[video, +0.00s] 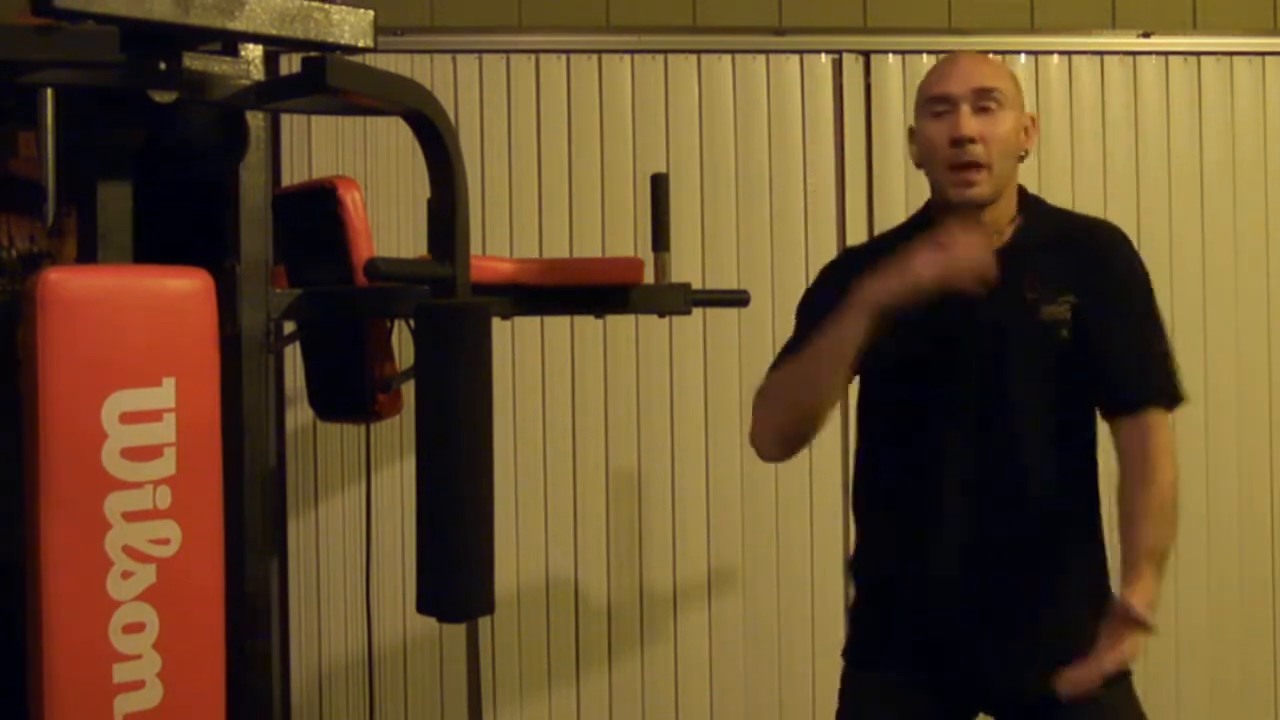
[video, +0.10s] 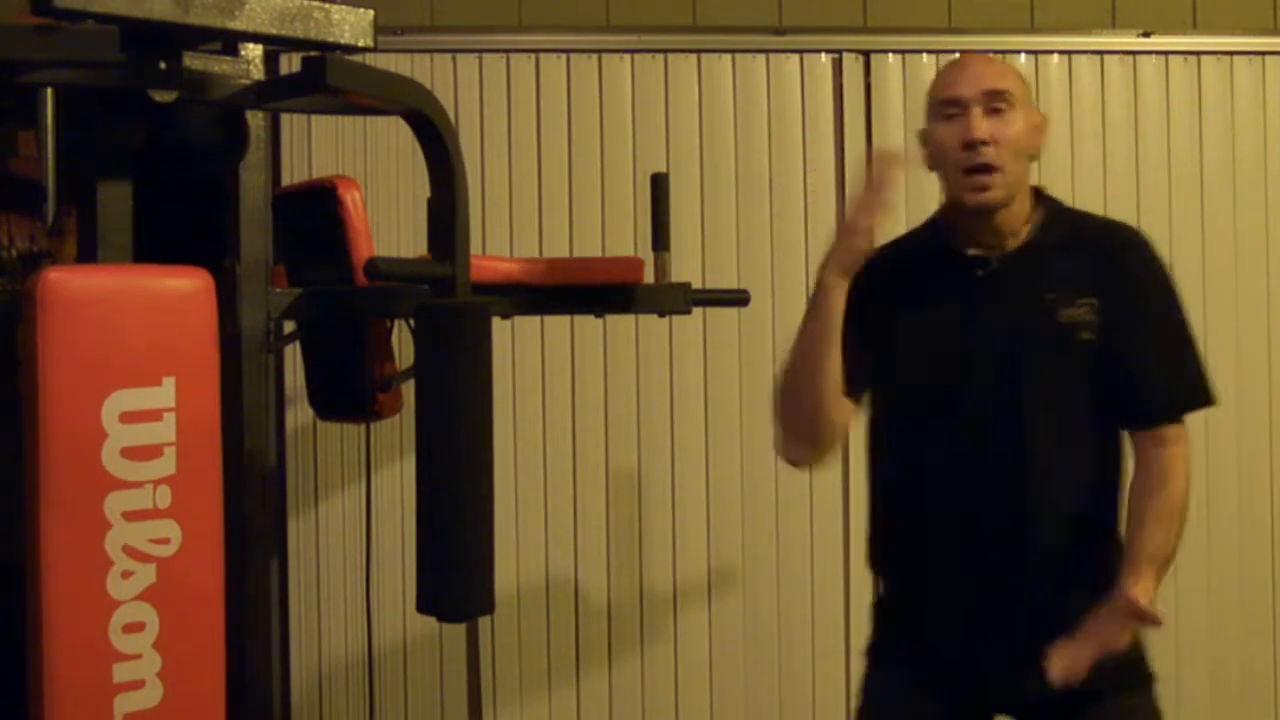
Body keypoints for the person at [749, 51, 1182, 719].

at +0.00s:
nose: (963, 127)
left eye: (987, 107)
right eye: (940, 110)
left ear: (1026, 134)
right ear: (915, 143)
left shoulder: (1092, 258)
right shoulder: (858, 276)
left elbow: (1144, 434)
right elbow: (772, 437)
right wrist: (872, 297)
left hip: (1057, 640)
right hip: (903, 641)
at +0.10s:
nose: (975, 131)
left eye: (997, 108)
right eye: (952, 113)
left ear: (1036, 132)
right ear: (924, 147)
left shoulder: (1111, 261)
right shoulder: (885, 276)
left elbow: (1161, 445)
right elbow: (802, 444)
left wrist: (1131, 595)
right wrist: (838, 269)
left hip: (1076, 645)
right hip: (921, 645)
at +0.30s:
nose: (1036, 147)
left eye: (1058, 121)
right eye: (1011, 127)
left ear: (1101, 141)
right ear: (989, 155)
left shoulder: (1178, 251)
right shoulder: (946, 282)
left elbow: (1214, 441)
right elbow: (925, 484)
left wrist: (1101, 429)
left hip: (1145, 624)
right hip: (997, 629)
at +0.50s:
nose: (1049, 168)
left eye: (1075, 142)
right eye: (1029, 148)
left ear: (1128, 162)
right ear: (1011, 170)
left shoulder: (1218, 289)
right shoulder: (968, 302)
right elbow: (907, 409)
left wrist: (1259, 553)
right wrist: (938, 446)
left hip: (1170, 660)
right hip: (1010, 655)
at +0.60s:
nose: (1033, 151)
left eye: (1060, 125)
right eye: (1013, 130)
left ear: (1113, 143)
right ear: (998, 151)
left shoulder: (1201, 275)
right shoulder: (956, 287)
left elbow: (1273, 407)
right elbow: (918, 384)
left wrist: (1263, 557)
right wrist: (934, 454)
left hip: (1158, 640)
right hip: (999, 639)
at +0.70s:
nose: (1011, 153)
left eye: (1036, 126)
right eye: (991, 129)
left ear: (1088, 135)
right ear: (974, 141)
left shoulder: (1167, 270)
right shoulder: (933, 284)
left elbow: (1223, 453)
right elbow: (893, 433)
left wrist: (1212, 626)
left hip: (1129, 635)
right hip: (975, 629)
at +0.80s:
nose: (978, 146)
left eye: (1004, 119)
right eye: (960, 124)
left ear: (1057, 136)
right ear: (944, 143)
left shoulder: (1136, 271)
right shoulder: (906, 293)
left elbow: (1191, 450)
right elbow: (857, 467)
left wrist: (1168, 576)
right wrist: (870, 538)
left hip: (1101, 639)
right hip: (952, 637)